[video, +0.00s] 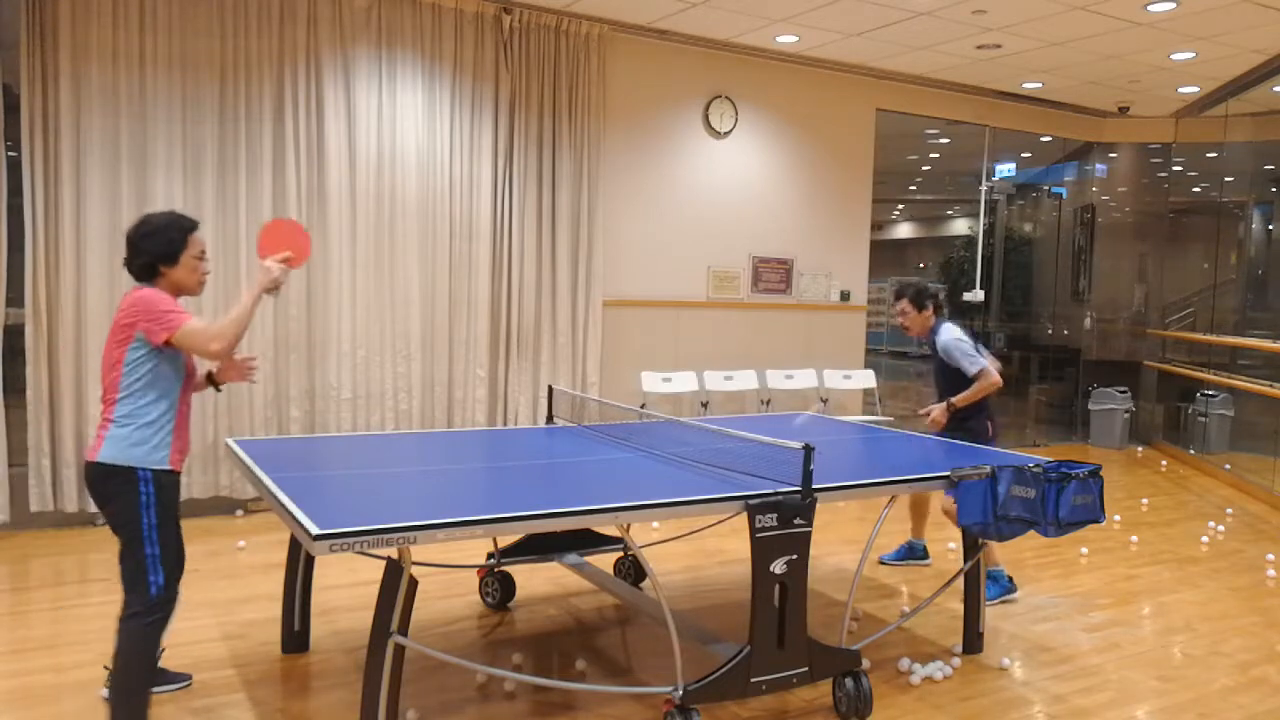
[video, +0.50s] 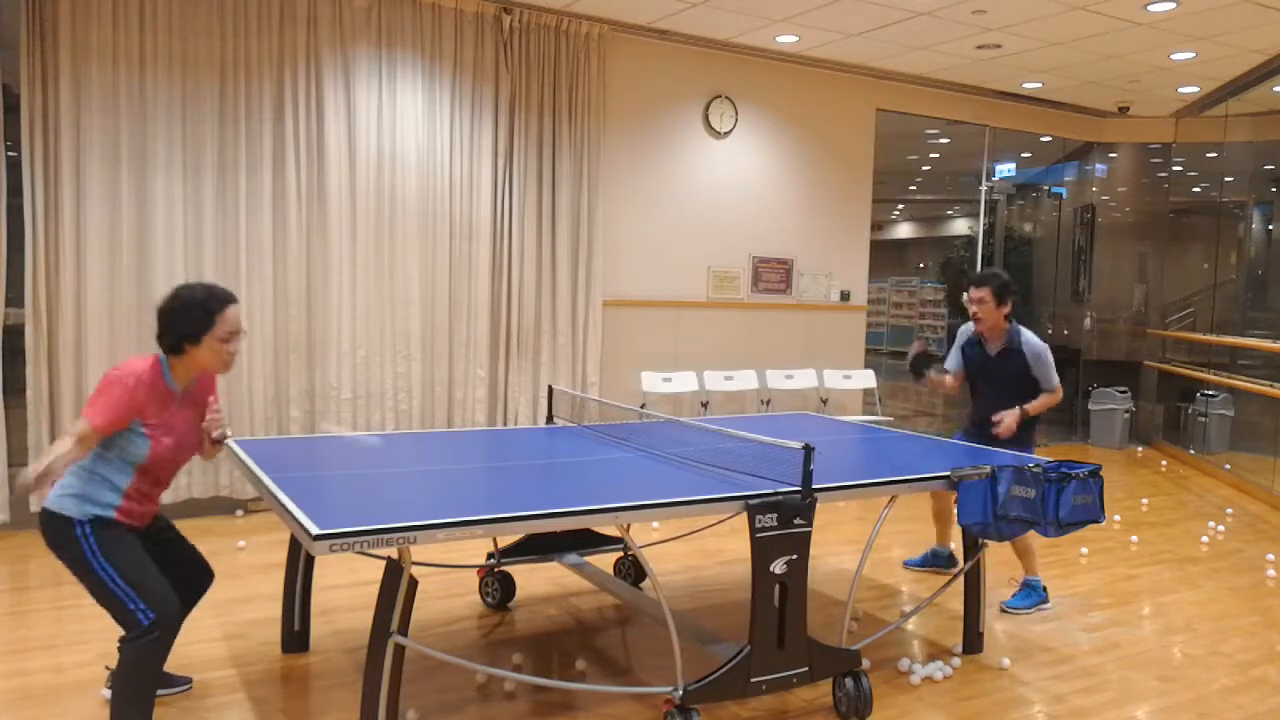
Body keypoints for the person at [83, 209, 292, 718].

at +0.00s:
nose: (207, 264)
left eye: (205, 254)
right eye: (197, 255)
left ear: (168, 262)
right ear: (165, 262)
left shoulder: (159, 308)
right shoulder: (146, 302)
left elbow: (158, 389)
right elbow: (217, 343)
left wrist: (212, 377)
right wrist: (258, 288)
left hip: (148, 464)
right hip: (132, 465)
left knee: (165, 568)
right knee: (150, 588)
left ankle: (136, 667)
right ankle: (128, 705)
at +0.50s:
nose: (236, 348)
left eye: (237, 337)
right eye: (227, 339)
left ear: (196, 343)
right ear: (190, 342)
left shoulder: (203, 382)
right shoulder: (133, 380)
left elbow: (199, 450)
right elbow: (82, 438)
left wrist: (213, 438)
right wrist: (52, 463)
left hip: (134, 514)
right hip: (81, 516)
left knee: (193, 578)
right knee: (155, 619)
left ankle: (134, 673)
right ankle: (129, 709)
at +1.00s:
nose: (195, 272)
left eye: (192, 262)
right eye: (186, 264)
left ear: (156, 276)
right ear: (155, 275)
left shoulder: (142, 322)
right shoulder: (127, 318)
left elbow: (156, 390)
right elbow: (166, 380)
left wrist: (201, 375)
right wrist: (237, 330)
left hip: (124, 485)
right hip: (102, 488)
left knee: (155, 576)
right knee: (155, 612)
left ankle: (130, 676)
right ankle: (122, 708)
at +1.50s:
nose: (211, 312)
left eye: (214, 300)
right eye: (202, 301)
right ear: (163, 300)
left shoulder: (167, 352)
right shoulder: (118, 343)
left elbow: (147, 422)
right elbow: (85, 421)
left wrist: (190, 409)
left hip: (113, 506)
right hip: (73, 508)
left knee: (127, 598)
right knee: (157, 627)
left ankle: (114, 679)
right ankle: (124, 709)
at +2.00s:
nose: (179, 276)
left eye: (177, 265)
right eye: (169, 266)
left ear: (140, 274)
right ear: (132, 271)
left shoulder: (123, 325)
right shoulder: (92, 318)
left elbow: (139, 396)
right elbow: (93, 408)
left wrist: (193, 376)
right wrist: (181, 394)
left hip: (67, 499)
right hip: (40, 498)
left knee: (72, 628)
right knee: (100, 631)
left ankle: (52, 710)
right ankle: (72, 714)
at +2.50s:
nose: (203, 375)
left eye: (206, 363)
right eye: (195, 364)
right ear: (153, 363)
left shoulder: (164, 405)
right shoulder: (84, 408)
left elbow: (165, 476)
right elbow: (16, 481)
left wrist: (191, 516)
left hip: (70, 535)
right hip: (19, 536)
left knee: (129, 605)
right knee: (96, 636)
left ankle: (62, 704)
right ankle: (63, 713)